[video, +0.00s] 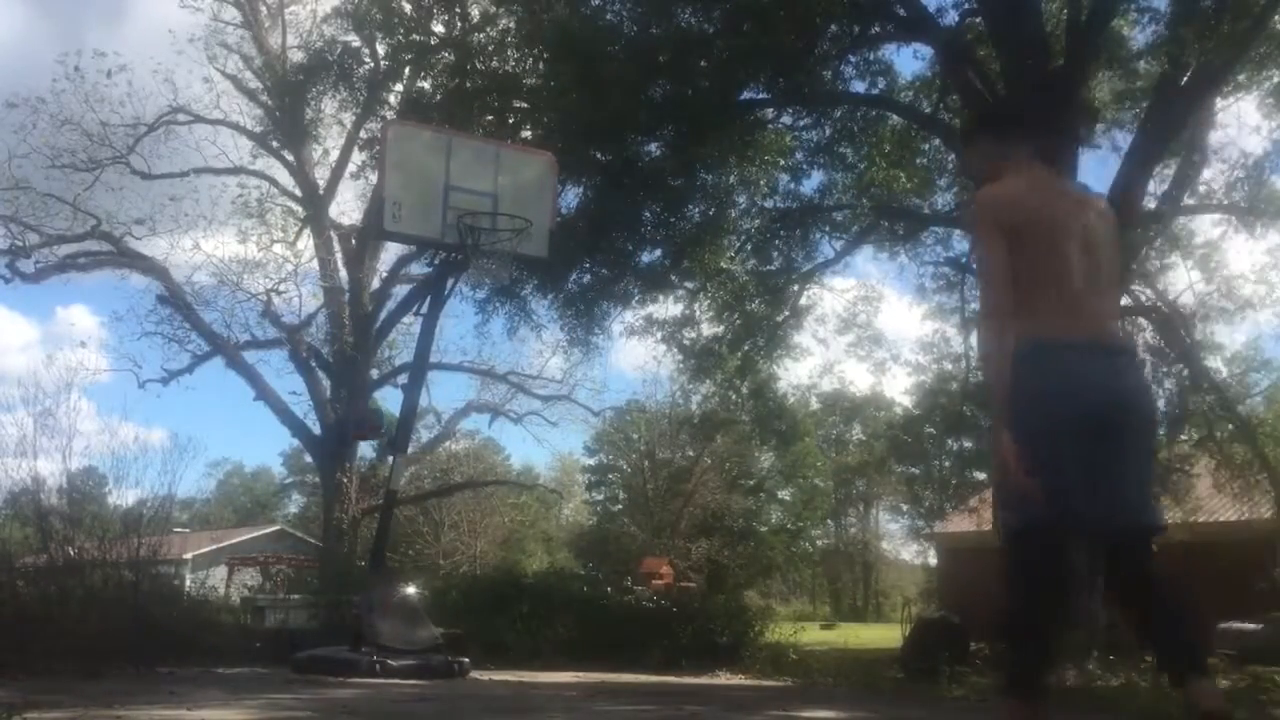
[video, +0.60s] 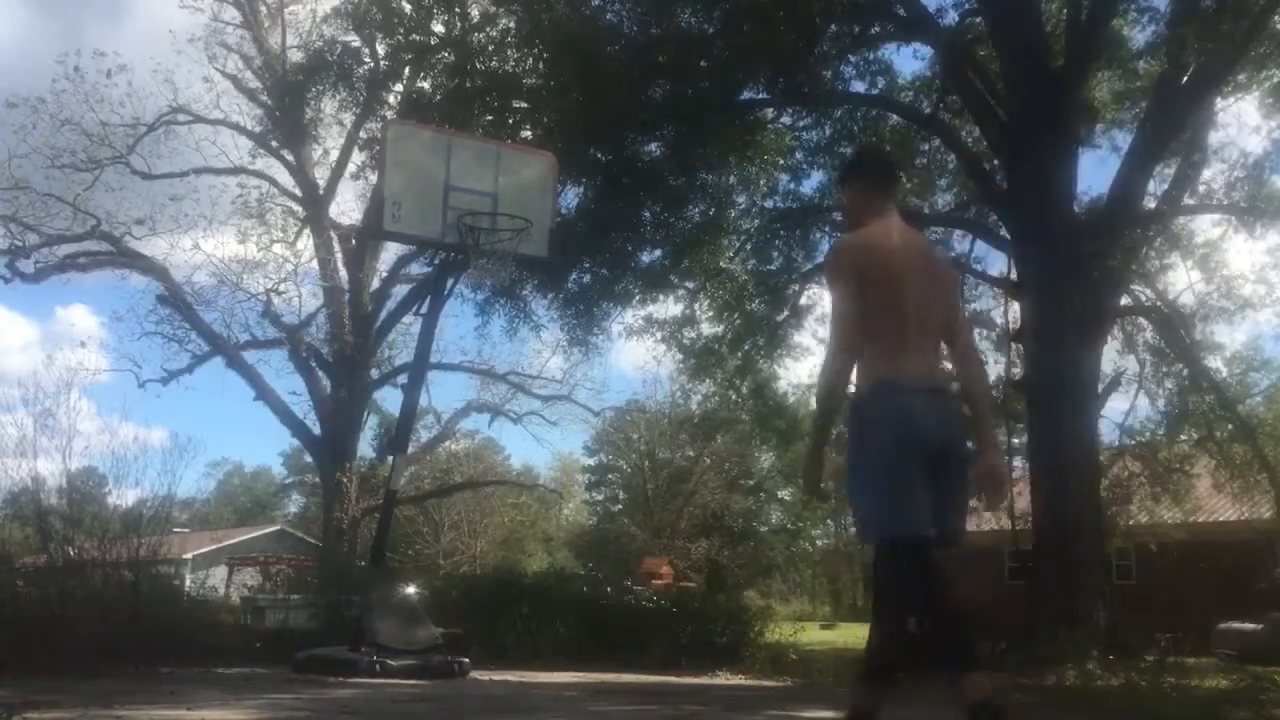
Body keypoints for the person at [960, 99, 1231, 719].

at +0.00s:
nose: (972, 178)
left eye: (974, 164)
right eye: (969, 165)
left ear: (998, 155)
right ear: (1040, 153)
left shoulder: (992, 203)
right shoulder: (1096, 206)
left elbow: (997, 316)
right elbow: (1106, 305)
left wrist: (1001, 423)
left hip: (1040, 374)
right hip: (1116, 372)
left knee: (1036, 547)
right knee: (1127, 546)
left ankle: (1025, 693)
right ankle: (1197, 685)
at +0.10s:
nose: (941, 170)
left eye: (943, 157)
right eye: (939, 158)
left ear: (964, 151)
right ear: (1001, 145)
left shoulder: (964, 206)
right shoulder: (1060, 202)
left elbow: (965, 321)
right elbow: (1072, 312)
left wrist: (959, 433)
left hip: (1015, 383)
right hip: (1083, 381)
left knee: (1014, 555)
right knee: (1074, 559)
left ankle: (1018, 701)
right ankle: (1152, 675)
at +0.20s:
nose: (922, 176)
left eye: (923, 164)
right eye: (920, 164)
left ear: (941, 156)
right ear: (981, 150)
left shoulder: (943, 209)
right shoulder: (1037, 209)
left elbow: (935, 312)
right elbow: (1046, 307)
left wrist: (921, 398)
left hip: (991, 379)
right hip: (1053, 379)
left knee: (997, 539)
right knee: (1046, 533)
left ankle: (1011, 690)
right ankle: (1080, 662)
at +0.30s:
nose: (904, 179)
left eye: (905, 168)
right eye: (904, 168)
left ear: (919, 159)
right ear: (957, 155)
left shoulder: (922, 214)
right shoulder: (1011, 213)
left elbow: (906, 326)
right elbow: (1027, 314)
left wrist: (884, 435)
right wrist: (1024, 378)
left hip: (967, 385)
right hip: (1027, 384)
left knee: (976, 541)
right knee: (990, 532)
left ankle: (1007, 694)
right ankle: (1010, 681)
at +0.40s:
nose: (881, 180)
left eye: (884, 169)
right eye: (881, 170)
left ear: (902, 164)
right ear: (937, 161)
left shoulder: (901, 223)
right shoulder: (988, 228)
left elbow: (882, 337)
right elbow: (1006, 326)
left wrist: (853, 434)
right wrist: (1007, 390)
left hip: (945, 392)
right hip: (1001, 392)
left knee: (947, 544)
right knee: (965, 537)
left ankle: (991, 687)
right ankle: (927, 675)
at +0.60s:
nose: (840, 205)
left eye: (844, 194)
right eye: (841, 194)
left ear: (859, 192)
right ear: (893, 190)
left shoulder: (850, 250)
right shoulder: (935, 258)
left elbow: (842, 353)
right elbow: (966, 354)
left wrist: (817, 443)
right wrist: (989, 443)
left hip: (883, 414)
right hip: (941, 413)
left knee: (912, 558)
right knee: (899, 558)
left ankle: (973, 686)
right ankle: (868, 696)